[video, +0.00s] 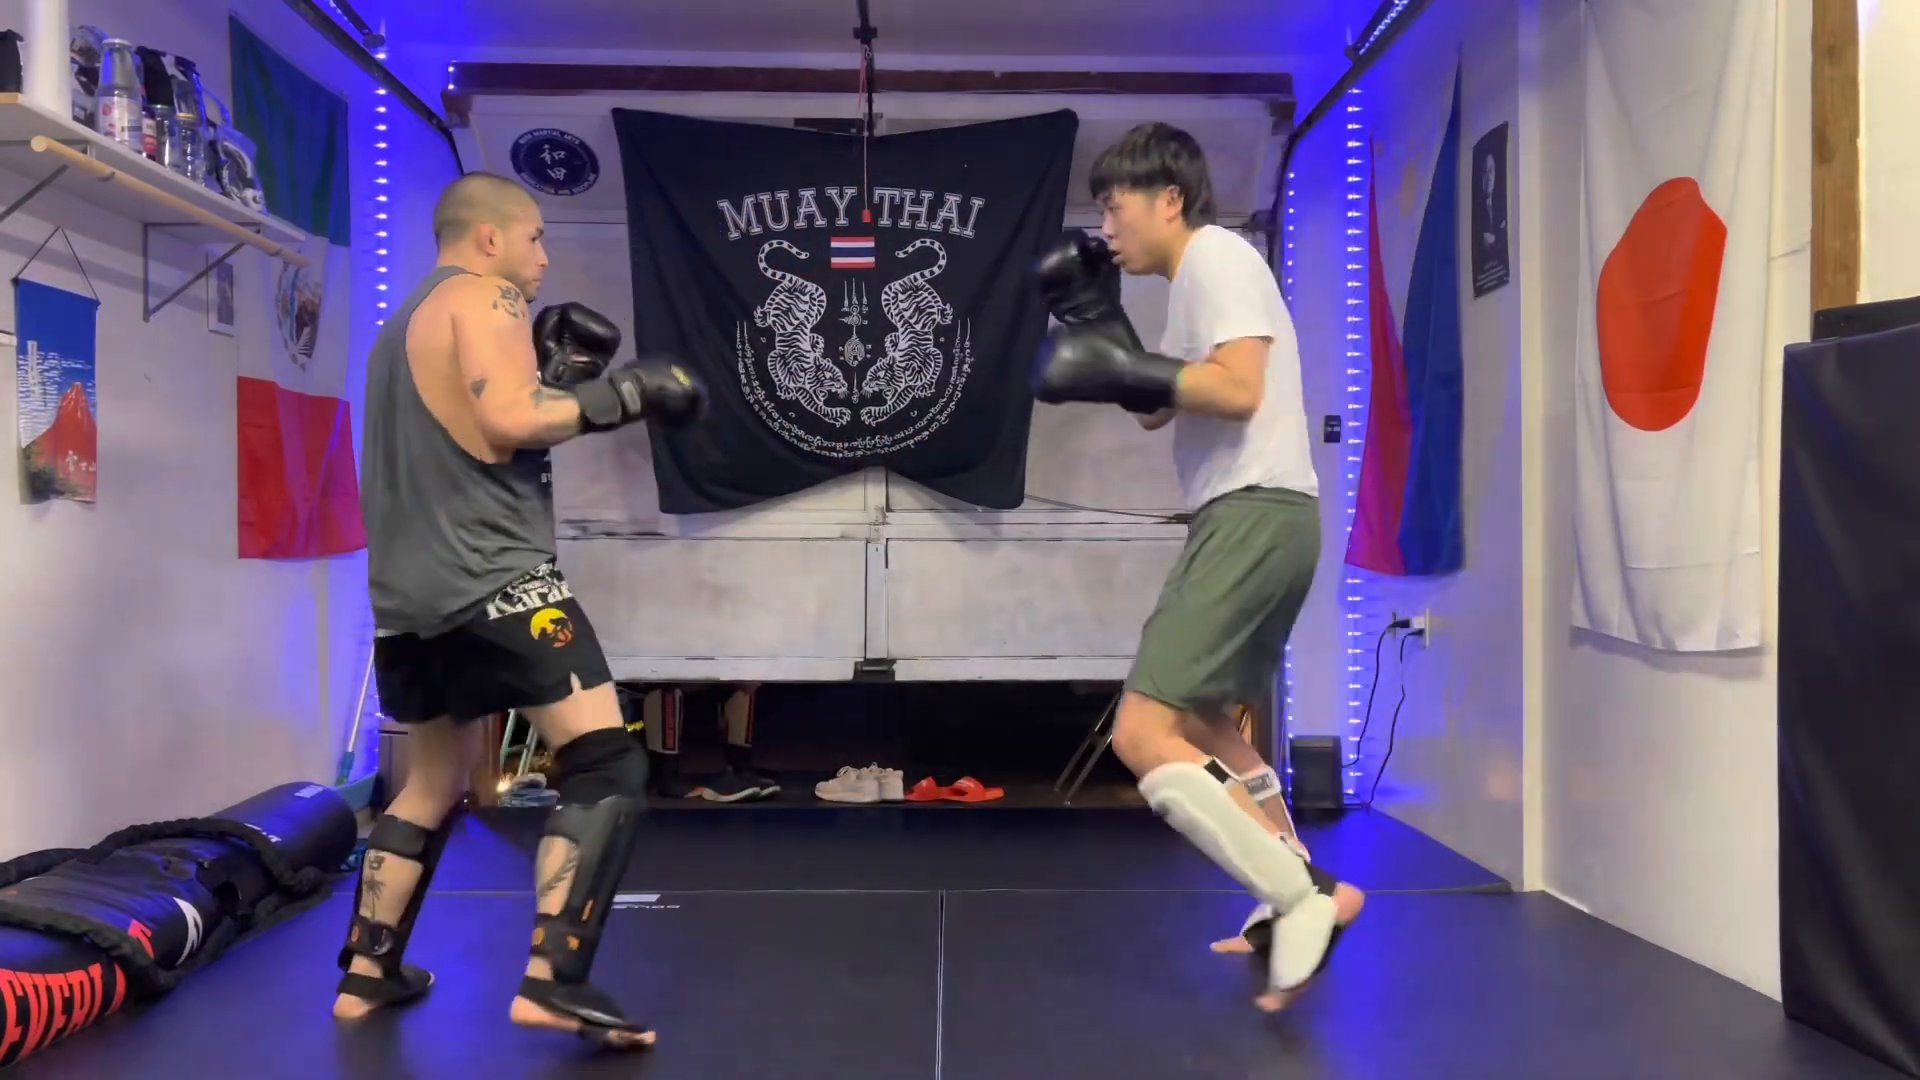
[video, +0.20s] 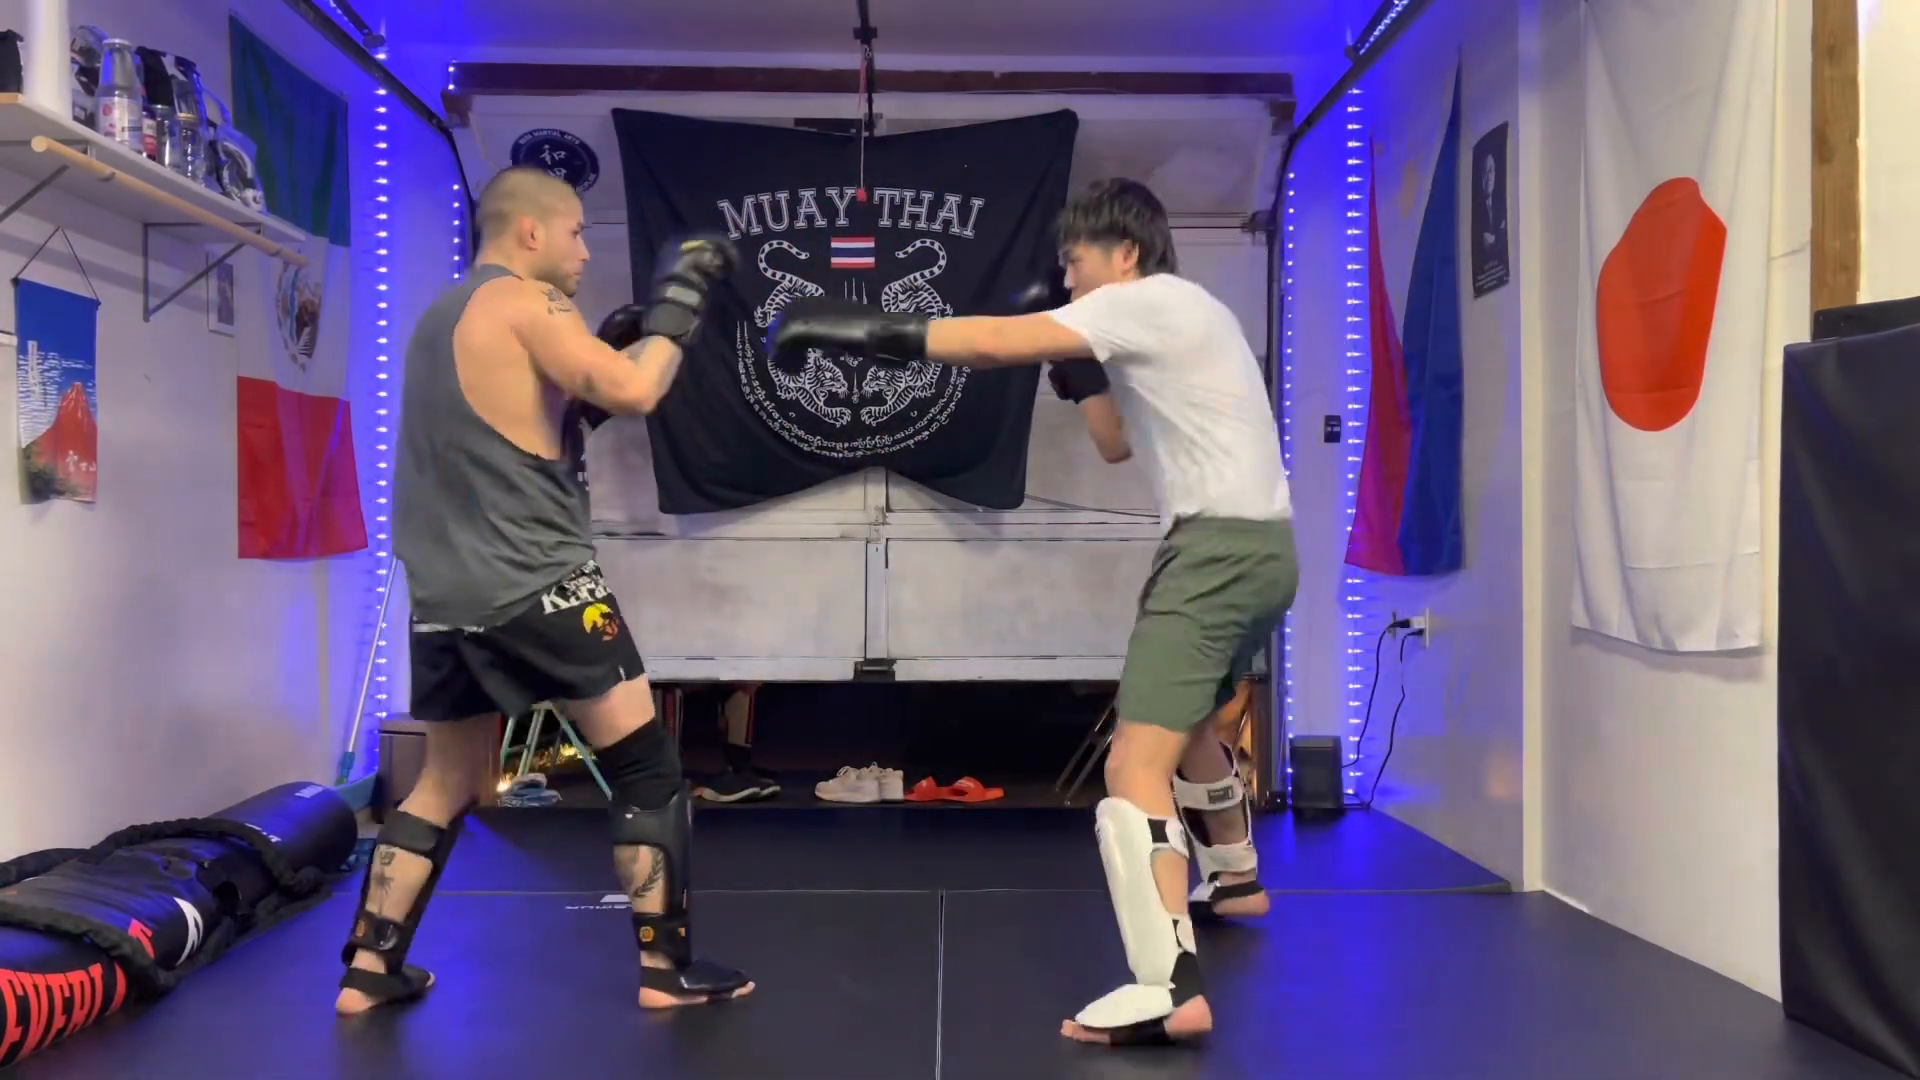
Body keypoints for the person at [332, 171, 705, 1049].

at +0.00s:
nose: (543, 256)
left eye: (542, 238)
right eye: (533, 238)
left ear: (461, 246)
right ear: (488, 238)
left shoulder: (407, 324)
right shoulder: (486, 302)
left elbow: (464, 445)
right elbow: (508, 420)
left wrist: (550, 379)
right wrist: (625, 397)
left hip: (409, 596)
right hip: (497, 582)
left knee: (429, 778)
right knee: (604, 762)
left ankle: (368, 968)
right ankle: (555, 975)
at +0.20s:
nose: (584, 249)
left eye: (582, 232)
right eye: (575, 232)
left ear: (506, 236)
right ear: (530, 233)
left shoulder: (441, 315)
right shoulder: (529, 306)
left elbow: (520, 424)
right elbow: (637, 387)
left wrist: (608, 351)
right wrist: (685, 302)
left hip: (442, 599)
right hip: (542, 588)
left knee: (447, 778)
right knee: (644, 766)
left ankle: (369, 968)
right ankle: (665, 968)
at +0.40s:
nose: (598, 249)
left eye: (598, 232)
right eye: (591, 232)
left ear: (517, 234)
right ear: (545, 231)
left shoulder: (444, 316)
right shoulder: (542, 311)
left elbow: (520, 440)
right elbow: (673, 384)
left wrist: (594, 398)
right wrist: (759, 323)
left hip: (447, 577)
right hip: (535, 575)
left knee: (462, 751)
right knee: (629, 761)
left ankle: (361, 916)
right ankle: (665, 965)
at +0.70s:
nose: (525, 289)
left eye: (523, 273)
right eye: (515, 272)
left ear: (456, 279)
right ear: (467, 278)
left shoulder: (420, 351)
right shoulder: (437, 352)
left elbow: (487, 474)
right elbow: (433, 483)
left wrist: (538, 387)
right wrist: (558, 477)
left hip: (386, 612)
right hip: (428, 609)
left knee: (415, 779)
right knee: (538, 774)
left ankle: (326, 939)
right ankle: (638, 960)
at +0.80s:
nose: (502, 272)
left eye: (500, 257)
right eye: (491, 257)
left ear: (439, 265)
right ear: (444, 264)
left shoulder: (423, 346)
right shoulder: (395, 339)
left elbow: (457, 461)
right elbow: (402, 460)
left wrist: (517, 395)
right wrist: (517, 420)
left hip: (364, 595)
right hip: (378, 593)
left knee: (406, 768)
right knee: (491, 747)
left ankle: (324, 938)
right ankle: (548, 968)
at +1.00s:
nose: (456, 232)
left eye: (455, 217)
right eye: (444, 215)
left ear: (394, 220)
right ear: (389, 217)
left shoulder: (385, 317)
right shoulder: (330, 294)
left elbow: (455, 427)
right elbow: (411, 397)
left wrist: (514, 348)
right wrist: (477, 306)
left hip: (373, 562)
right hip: (321, 556)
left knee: (373, 760)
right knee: (360, 756)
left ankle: (321, 938)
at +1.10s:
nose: (431, 231)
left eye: (432, 215)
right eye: (418, 210)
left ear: (371, 214)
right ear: (359, 208)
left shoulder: (376, 325)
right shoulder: (292, 292)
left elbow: (421, 431)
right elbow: (400, 391)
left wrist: (488, 357)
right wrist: (468, 291)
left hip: (369, 567)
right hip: (290, 559)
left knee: (365, 767)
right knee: (261, 771)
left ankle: (319, 948)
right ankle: (139, 981)